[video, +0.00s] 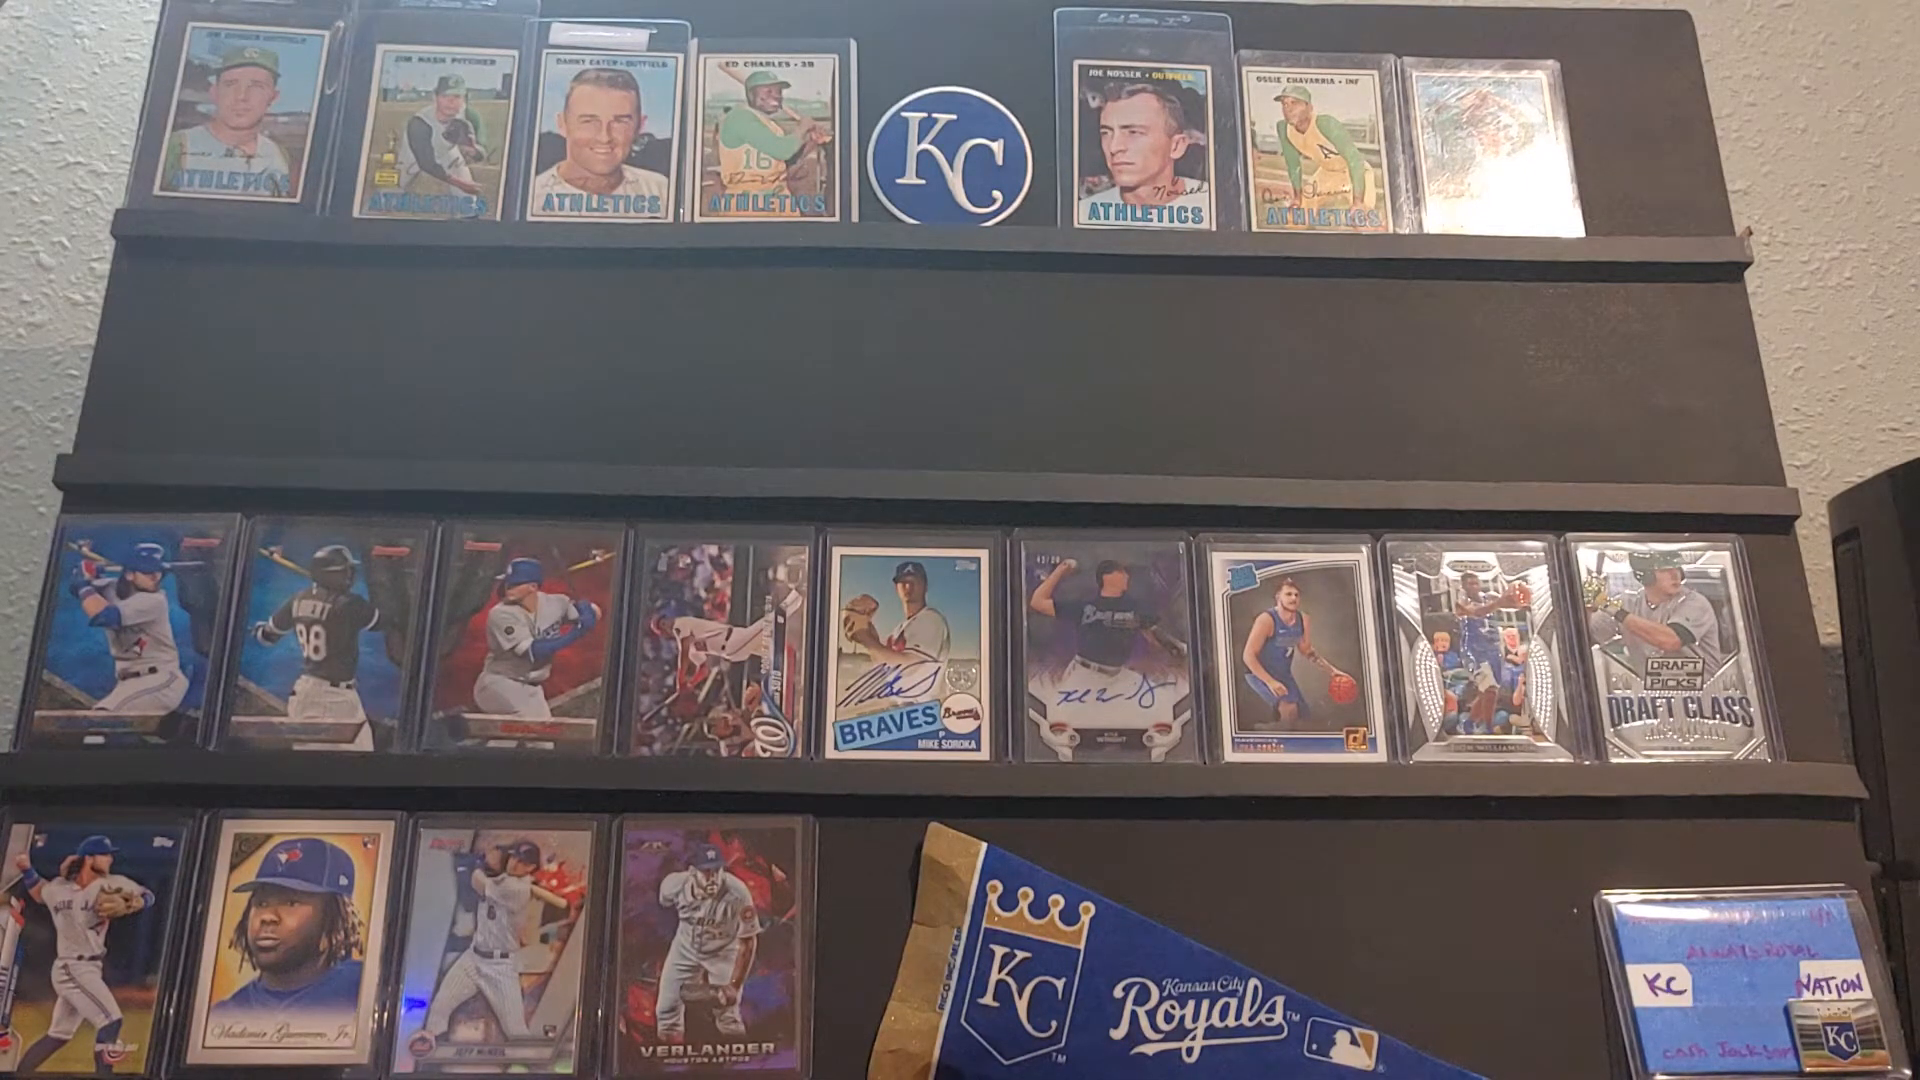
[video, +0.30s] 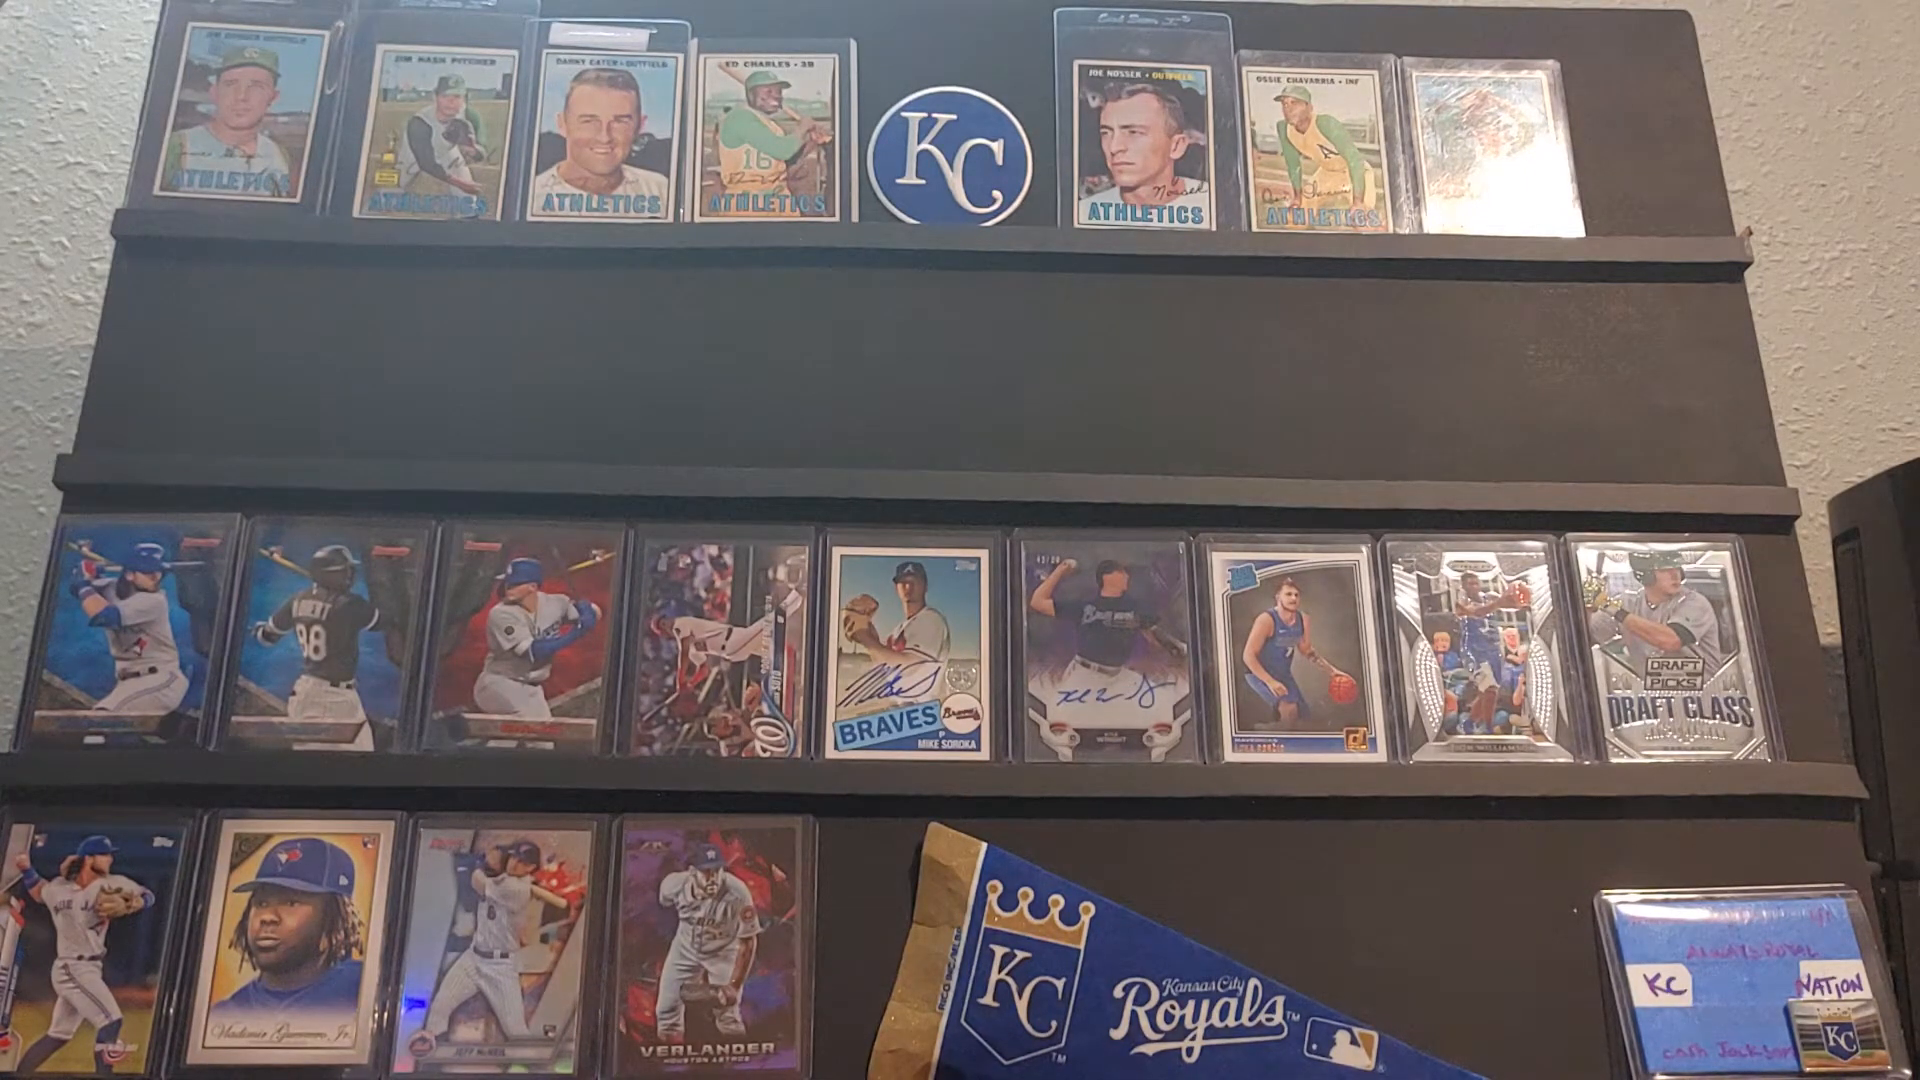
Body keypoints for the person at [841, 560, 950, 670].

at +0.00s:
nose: (907, 587)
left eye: (913, 582)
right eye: (902, 582)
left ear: (925, 586)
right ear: (896, 587)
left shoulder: (930, 618)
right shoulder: (901, 627)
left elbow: (911, 662)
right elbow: (881, 660)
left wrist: (866, 639)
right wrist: (865, 624)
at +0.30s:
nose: (907, 588)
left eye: (913, 582)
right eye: (902, 582)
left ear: (925, 586)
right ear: (896, 587)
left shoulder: (930, 619)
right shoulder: (900, 627)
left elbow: (910, 662)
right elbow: (881, 664)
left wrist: (867, 641)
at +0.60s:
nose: (907, 589)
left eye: (913, 583)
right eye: (902, 583)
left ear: (925, 587)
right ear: (896, 588)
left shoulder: (931, 619)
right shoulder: (900, 627)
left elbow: (911, 662)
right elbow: (886, 663)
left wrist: (867, 640)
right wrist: (869, 631)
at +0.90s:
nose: (907, 588)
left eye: (913, 583)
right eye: (902, 583)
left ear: (925, 587)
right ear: (896, 588)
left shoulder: (930, 619)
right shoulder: (901, 627)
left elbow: (910, 663)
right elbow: (880, 660)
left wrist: (866, 639)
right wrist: (865, 624)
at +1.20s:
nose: (907, 588)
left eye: (914, 583)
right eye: (902, 583)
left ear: (925, 587)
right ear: (896, 588)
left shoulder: (931, 619)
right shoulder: (900, 627)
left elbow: (910, 663)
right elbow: (880, 661)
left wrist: (866, 640)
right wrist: (866, 625)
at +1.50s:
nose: (907, 588)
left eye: (913, 583)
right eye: (902, 583)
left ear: (925, 586)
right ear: (896, 588)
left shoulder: (930, 619)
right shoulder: (901, 627)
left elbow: (911, 662)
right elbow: (880, 660)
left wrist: (865, 638)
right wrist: (865, 623)